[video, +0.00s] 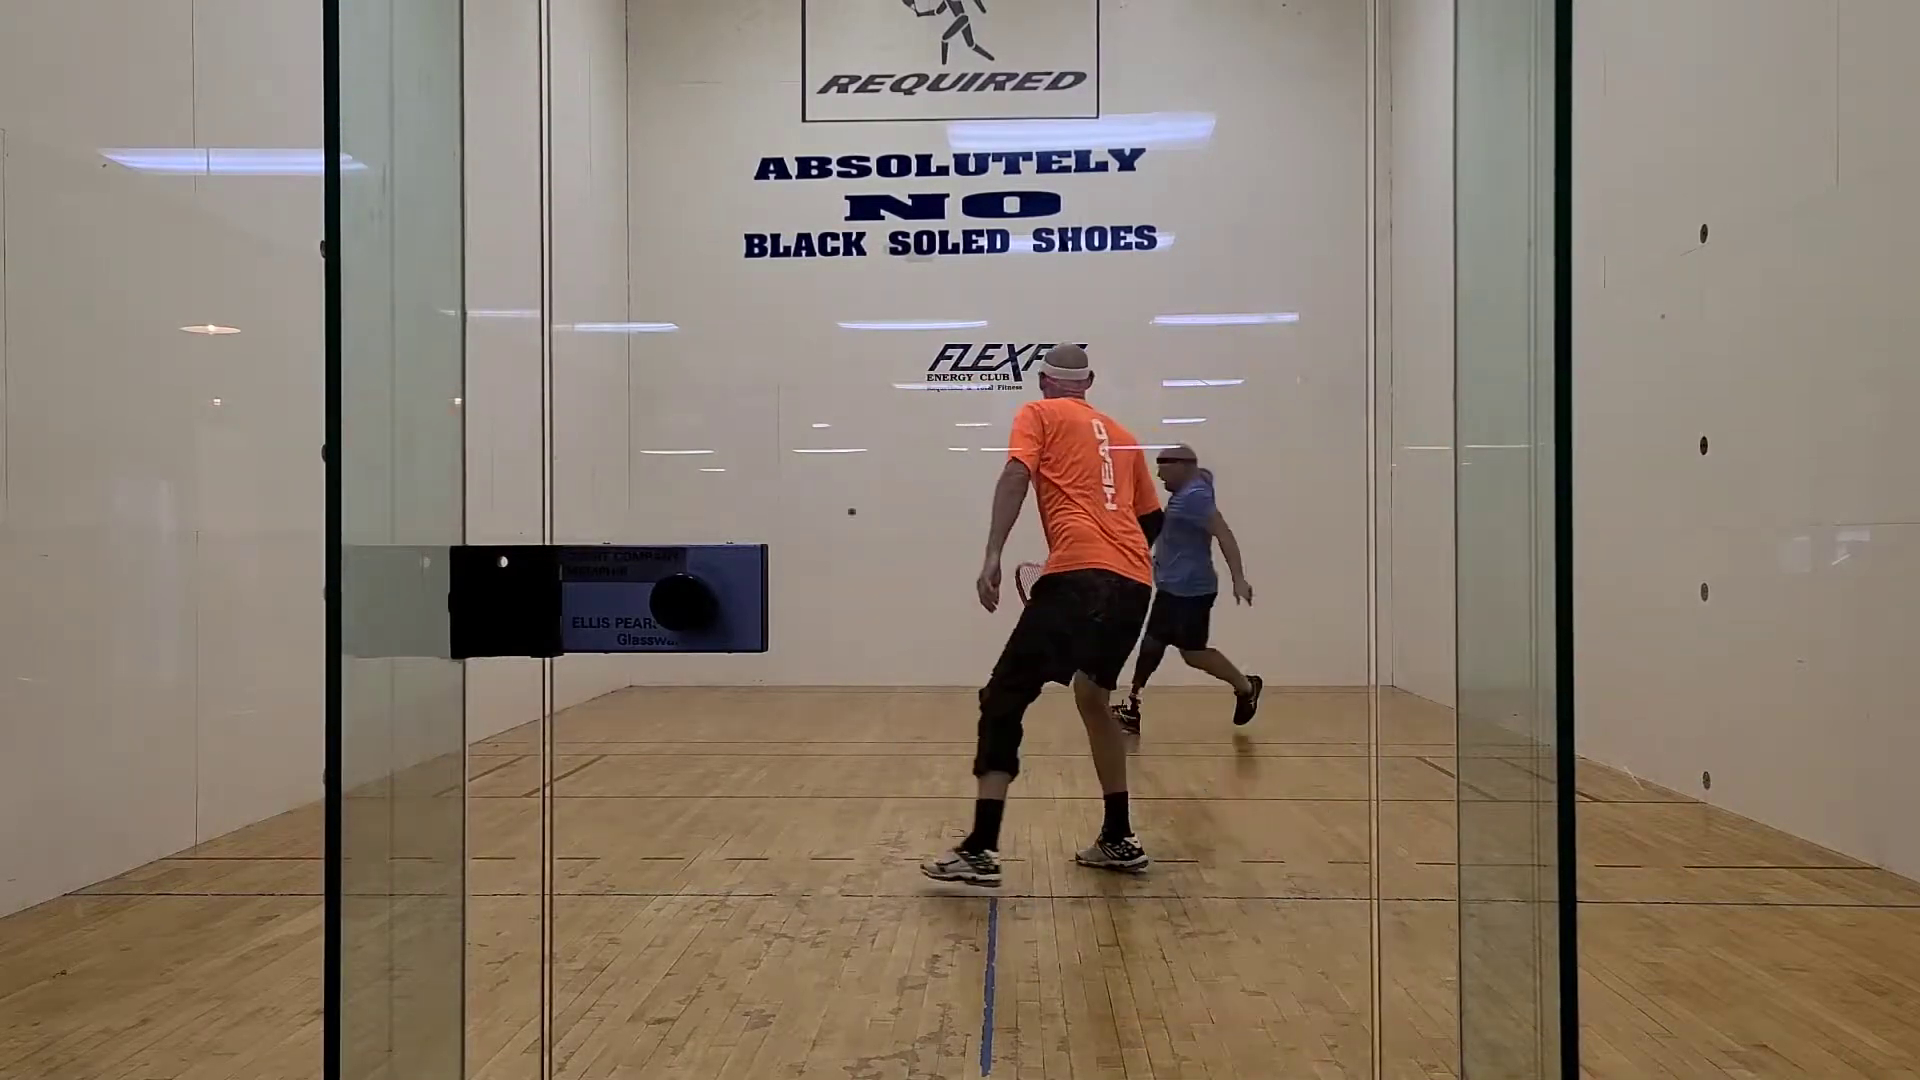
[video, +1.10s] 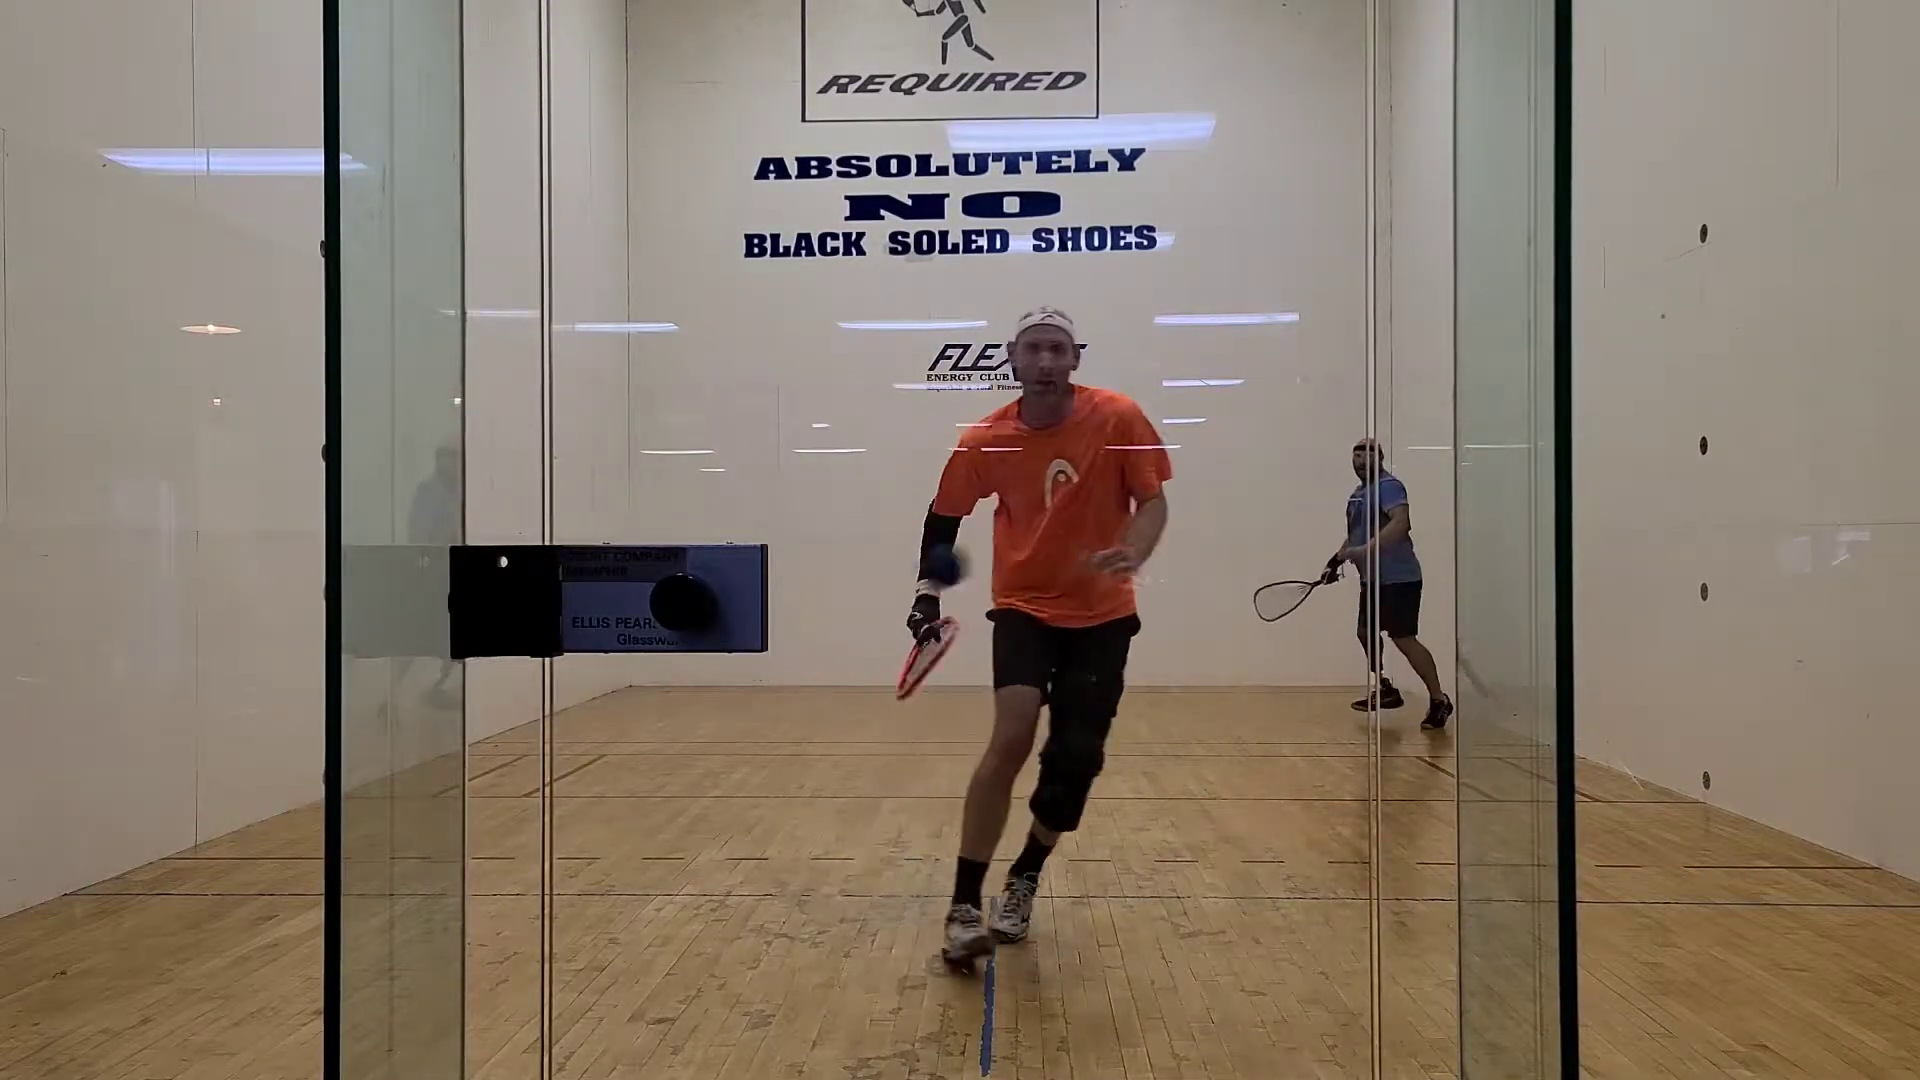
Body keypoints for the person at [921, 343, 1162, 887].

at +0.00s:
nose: (1042, 390)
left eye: (1042, 382)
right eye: (1048, 382)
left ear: (1044, 381)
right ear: (1088, 385)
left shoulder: (1039, 412)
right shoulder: (1123, 436)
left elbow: (1017, 474)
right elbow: (1152, 521)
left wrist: (992, 554)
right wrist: (1071, 561)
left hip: (1073, 578)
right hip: (1135, 586)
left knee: (1002, 701)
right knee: (1093, 694)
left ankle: (981, 849)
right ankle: (1120, 836)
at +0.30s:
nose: (937, 406)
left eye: (937, 396)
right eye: (940, 396)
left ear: (944, 396)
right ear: (986, 397)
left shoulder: (948, 431)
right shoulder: (1030, 447)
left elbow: (946, 508)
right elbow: (1075, 522)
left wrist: (913, 578)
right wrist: (1049, 590)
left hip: (997, 595)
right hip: (1052, 602)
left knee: (918, 714)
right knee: (1005, 703)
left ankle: (921, 866)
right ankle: (1084, 820)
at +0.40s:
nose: (892, 410)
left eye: (892, 398)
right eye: (892, 399)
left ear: (904, 393)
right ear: (942, 393)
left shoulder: (920, 428)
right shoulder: (991, 436)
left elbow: (934, 508)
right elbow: (1043, 508)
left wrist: (889, 578)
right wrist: (1003, 572)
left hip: (992, 591)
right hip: (1036, 593)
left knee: (913, 709)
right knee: (949, 699)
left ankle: (918, 863)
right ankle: (1004, 825)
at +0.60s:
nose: (836, 434)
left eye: (843, 423)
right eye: (837, 423)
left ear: (878, 421)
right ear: (881, 423)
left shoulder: (910, 458)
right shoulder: (913, 460)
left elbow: (922, 558)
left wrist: (874, 630)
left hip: (997, 618)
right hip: (969, 618)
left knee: (898, 720)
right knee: (879, 713)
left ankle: (957, 872)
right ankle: (889, 853)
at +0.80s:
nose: (900, 399)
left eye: (911, 387)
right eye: (894, 387)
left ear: (943, 386)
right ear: (892, 390)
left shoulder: (993, 442)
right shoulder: (911, 454)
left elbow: (1036, 523)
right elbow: (942, 533)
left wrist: (992, 604)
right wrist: (927, 605)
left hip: (1011, 621)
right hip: (946, 619)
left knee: (972, 738)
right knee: (891, 734)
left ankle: (1005, 884)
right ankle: (884, 842)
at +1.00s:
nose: (1000, 369)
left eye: (1013, 356)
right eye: (989, 358)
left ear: (1037, 365)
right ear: (976, 368)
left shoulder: (1078, 425)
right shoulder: (960, 443)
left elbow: (1114, 510)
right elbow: (946, 522)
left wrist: (1070, 561)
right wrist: (932, 594)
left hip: (1065, 625)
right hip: (986, 621)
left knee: (1033, 759)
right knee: (958, 738)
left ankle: (1011, 885)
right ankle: (911, 870)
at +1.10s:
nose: (1046, 360)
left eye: (1058, 350)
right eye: (1034, 349)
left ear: (1077, 361)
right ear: (1013, 361)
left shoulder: (1117, 419)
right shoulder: (985, 442)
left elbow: (1153, 502)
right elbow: (943, 522)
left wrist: (1135, 548)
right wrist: (930, 593)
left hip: (1103, 613)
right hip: (1025, 609)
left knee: (1075, 762)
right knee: (1013, 736)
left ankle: (1025, 877)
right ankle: (966, 903)